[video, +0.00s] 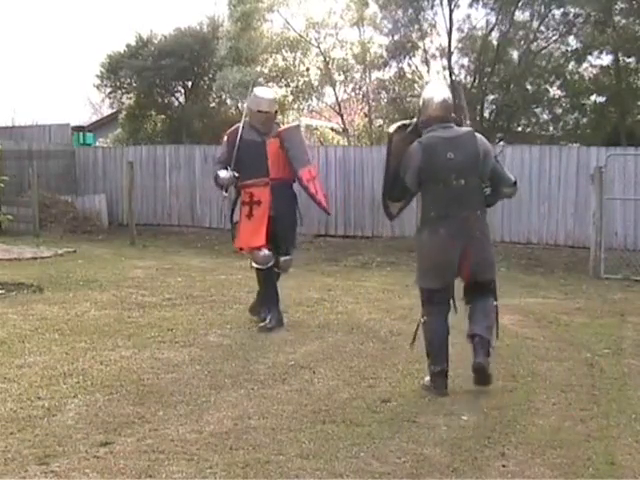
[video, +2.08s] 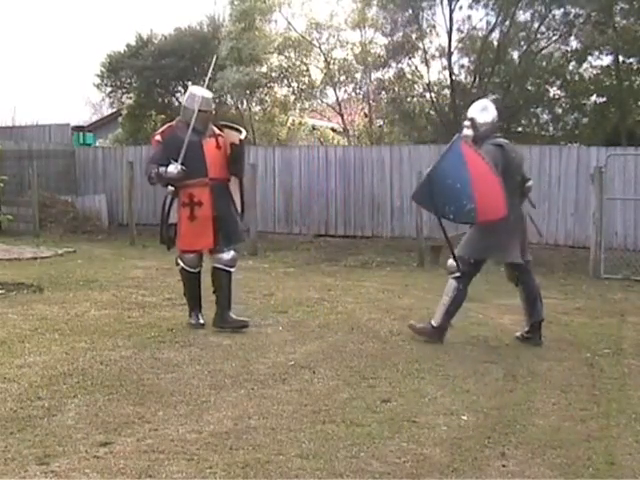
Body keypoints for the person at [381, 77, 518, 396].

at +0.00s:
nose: (422, 120)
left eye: (424, 115)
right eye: (427, 114)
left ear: (425, 119)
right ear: (454, 115)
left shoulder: (419, 148)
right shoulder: (475, 141)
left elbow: (396, 197)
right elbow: (507, 186)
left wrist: (394, 152)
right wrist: (480, 202)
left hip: (435, 232)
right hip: (474, 230)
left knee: (435, 303)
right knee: (482, 292)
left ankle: (438, 377)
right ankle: (481, 354)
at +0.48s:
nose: (449, 121)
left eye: (450, 116)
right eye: (451, 116)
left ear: (455, 116)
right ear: (478, 114)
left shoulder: (456, 149)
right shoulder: (501, 145)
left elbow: (436, 193)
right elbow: (528, 189)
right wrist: (500, 206)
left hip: (462, 233)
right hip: (495, 232)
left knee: (443, 289)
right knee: (493, 292)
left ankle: (446, 347)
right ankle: (496, 358)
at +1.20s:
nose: (463, 123)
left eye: (464, 118)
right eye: (463, 118)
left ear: (471, 118)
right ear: (490, 116)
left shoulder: (473, 148)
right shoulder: (513, 145)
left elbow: (435, 165)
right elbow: (536, 182)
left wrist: (452, 139)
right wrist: (516, 203)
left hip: (479, 226)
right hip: (509, 224)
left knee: (473, 283)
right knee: (508, 278)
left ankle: (483, 343)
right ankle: (525, 320)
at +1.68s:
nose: (482, 124)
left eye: (484, 120)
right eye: (482, 120)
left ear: (492, 120)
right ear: (508, 118)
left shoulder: (494, 147)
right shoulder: (524, 147)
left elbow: (475, 175)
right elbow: (543, 184)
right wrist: (526, 208)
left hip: (494, 223)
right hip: (520, 222)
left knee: (468, 269)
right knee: (517, 272)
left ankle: (482, 326)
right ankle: (533, 328)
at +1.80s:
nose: (483, 124)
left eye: (484, 120)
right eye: (483, 120)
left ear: (489, 120)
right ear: (508, 117)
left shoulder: (499, 147)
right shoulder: (525, 146)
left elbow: (488, 185)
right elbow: (539, 183)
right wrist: (520, 203)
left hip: (497, 222)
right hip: (522, 224)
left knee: (461, 260)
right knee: (519, 273)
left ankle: (475, 323)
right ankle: (534, 328)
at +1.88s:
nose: (480, 124)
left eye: (482, 119)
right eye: (481, 119)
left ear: (491, 119)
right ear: (506, 118)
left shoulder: (500, 147)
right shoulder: (522, 145)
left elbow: (488, 181)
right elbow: (536, 181)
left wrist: (478, 138)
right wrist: (521, 201)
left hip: (496, 221)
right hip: (521, 222)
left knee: (463, 263)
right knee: (521, 272)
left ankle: (460, 325)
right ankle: (534, 329)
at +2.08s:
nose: (468, 128)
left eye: (472, 124)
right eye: (468, 123)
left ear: (485, 124)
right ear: (494, 123)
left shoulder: (489, 150)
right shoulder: (510, 149)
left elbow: (479, 186)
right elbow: (523, 185)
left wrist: (467, 147)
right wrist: (508, 204)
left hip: (490, 223)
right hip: (514, 222)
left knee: (461, 271)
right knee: (521, 272)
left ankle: (437, 326)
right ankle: (535, 329)